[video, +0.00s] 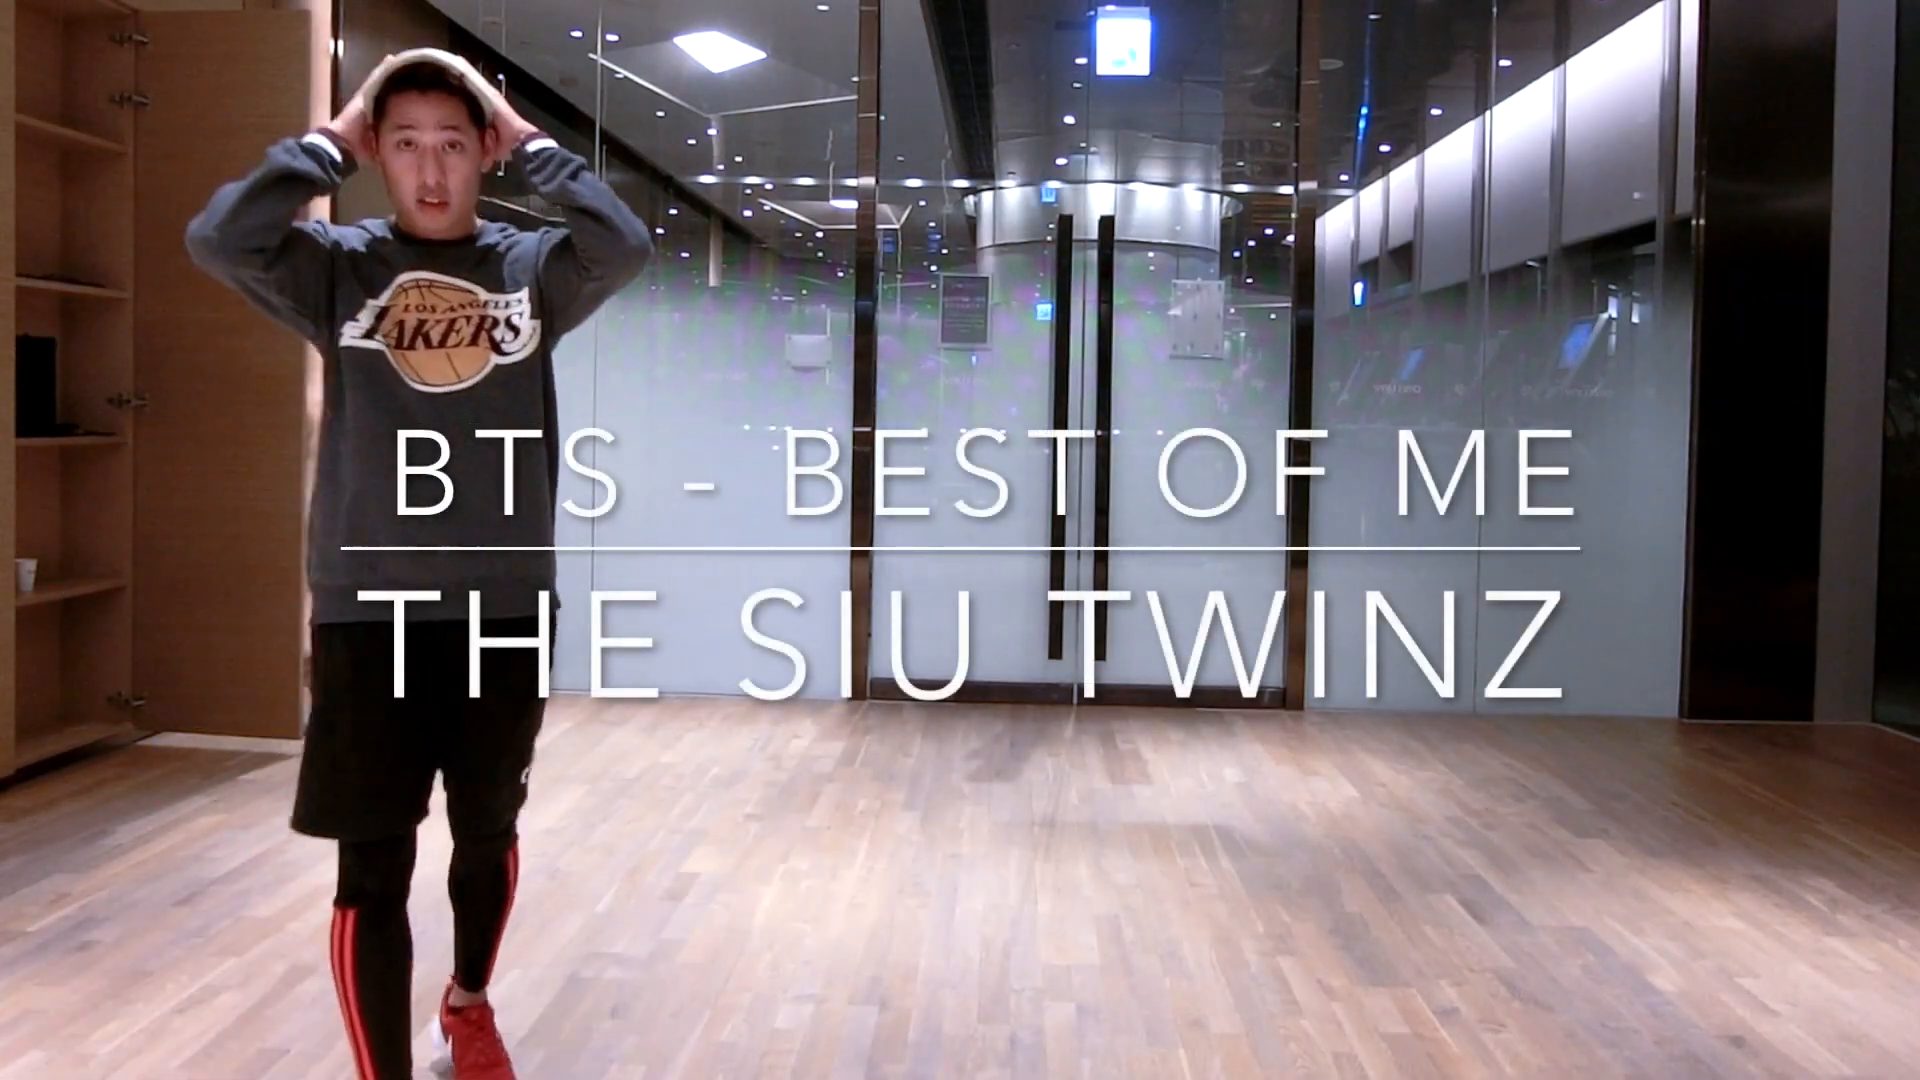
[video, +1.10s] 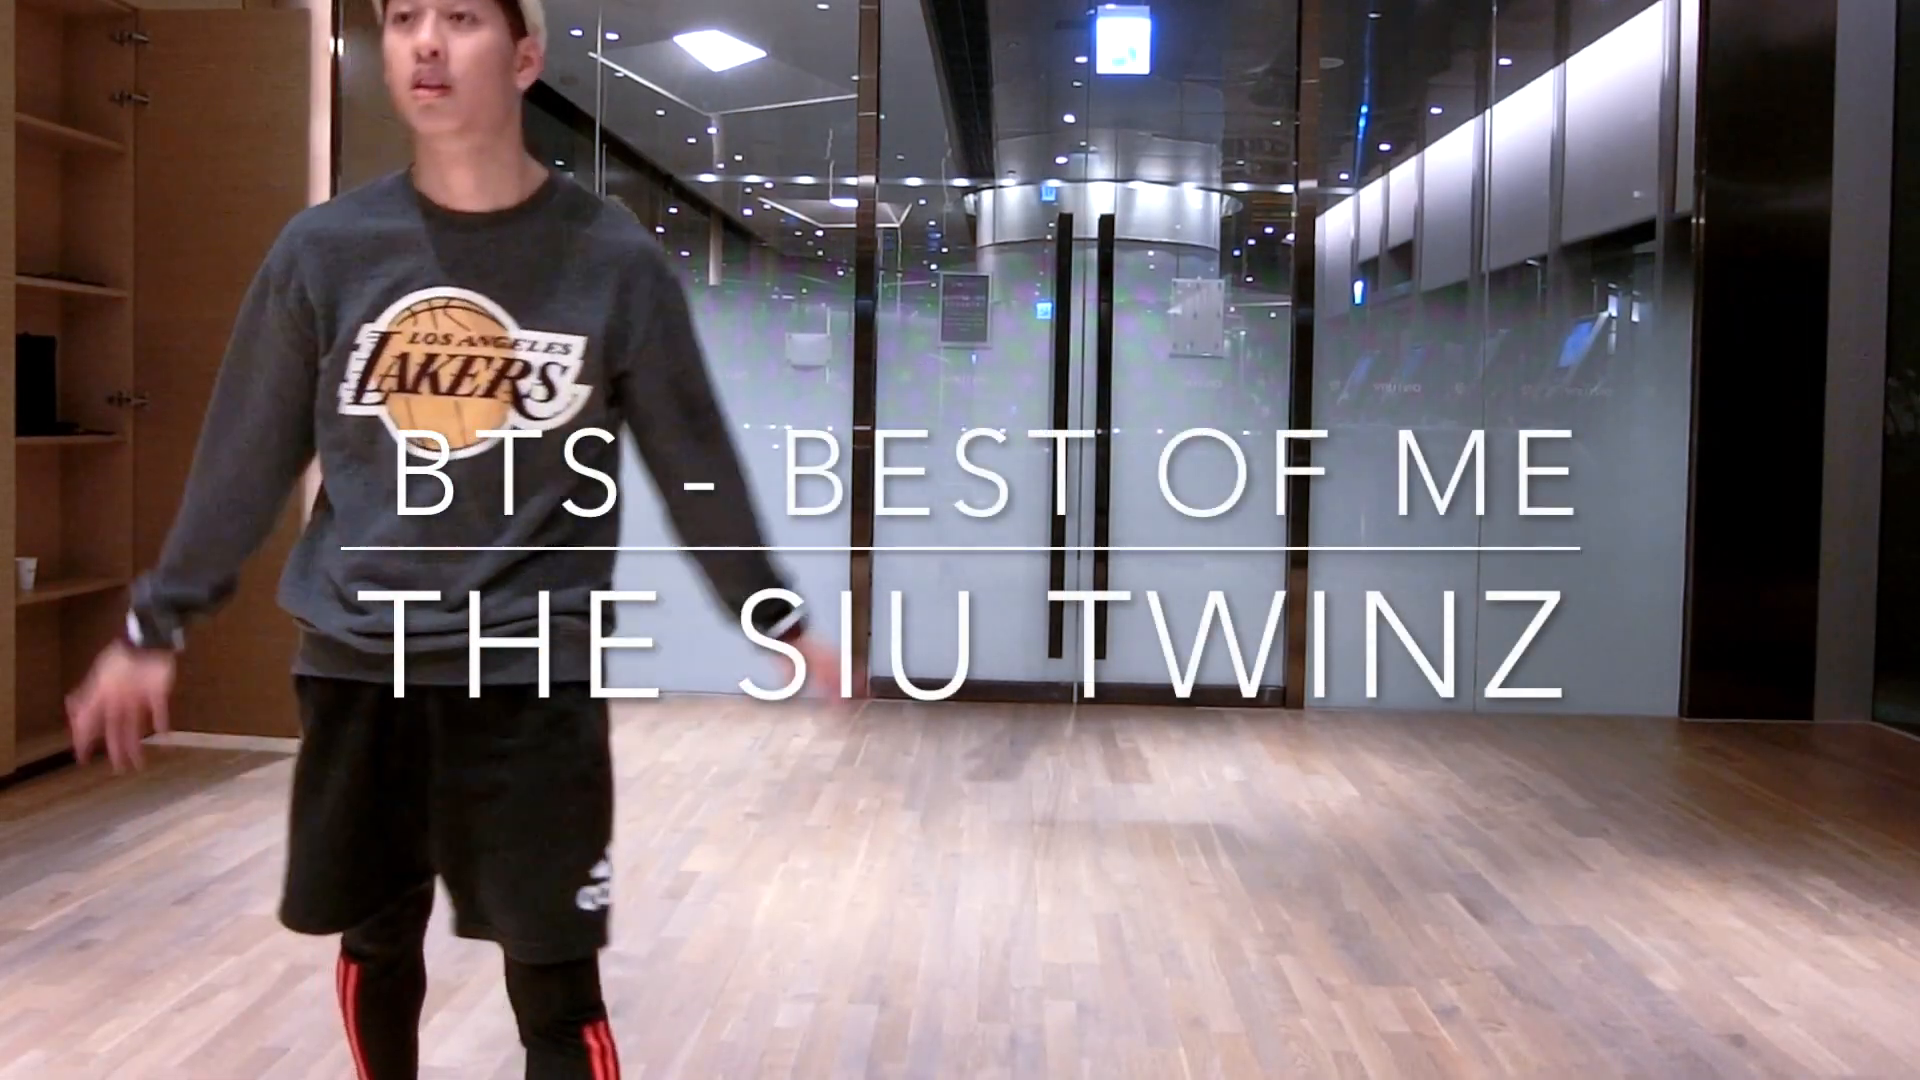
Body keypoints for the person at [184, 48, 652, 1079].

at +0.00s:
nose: (429, 163)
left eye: (450, 141)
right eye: (407, 142)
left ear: (485, 158)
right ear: (378, 160)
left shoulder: (531, 272)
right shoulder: (341, 274)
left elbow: (624, 245)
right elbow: (219, 240)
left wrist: (522, 144)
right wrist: (331, 141)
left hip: (502, 604)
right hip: (369, 605)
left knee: (489, 833)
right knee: (374, 862)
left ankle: (469, 1002)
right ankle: (385, 1071)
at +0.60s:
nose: (411, 115)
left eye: (435, 96)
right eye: (383, 98)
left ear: (472, 124)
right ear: (346, 123)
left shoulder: (531, 254)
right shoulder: (276, 238)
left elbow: (533, 402)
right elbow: (276, 407)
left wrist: (469, 238)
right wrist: (375, 238)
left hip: (487, 604)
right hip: (330, 615)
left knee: (526, 889)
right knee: (361, 911)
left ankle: (569, 1076)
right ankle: (386, 1076)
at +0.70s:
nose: (409, 119)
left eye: (435, 94)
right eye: (383, 92)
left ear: (476, 112)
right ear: (350, 108)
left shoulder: (532, 246)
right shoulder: (282, 225)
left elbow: (535, 400)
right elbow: (283, 397)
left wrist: (462, 342)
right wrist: (376, 336)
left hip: (487, 590)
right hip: (330, 604)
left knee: (535, 883)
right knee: (360, 906)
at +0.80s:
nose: (406, 97)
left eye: (433, 71)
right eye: (380, 70)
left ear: (480, 94)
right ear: (350, 91)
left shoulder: (545, 253)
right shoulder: (286, 229)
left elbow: (536, 414)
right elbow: (287, 381)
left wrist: (473, 511)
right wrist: (362, 491)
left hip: (494, 602)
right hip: (332, 613)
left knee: (533, 890)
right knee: (360, 904)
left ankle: (573, 1078)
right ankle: (382, 1078)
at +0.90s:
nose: (401, 85)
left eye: (430, 59)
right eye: (377, 58)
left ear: (485, 88)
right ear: (349, 83)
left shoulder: (555, 265)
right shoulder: (296, 251)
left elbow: (567, 477)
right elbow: (282, 465)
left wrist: (556, 672)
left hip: (497, 635)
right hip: (345, 639)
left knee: (528, 942)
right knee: (364, 929)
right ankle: (385, 1079)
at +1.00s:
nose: (406, 72)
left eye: (437, 44)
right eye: (383, 45)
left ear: (497, 76)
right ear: (356, 77)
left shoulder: (579, 268)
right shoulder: (306, 262)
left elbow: (623, 494)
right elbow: (254, 496)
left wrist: (674, 698)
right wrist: (206, 714)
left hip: (508, 674)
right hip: (343, 671)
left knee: (524, 979)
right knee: (368, 947)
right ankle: (385, 1079)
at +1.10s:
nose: (426, 42)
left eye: (459, 19)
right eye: (405, 20)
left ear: (526, 56)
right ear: (380, 51)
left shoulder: (613, 258)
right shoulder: (323, 247)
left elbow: (695, 463)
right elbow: (242, 458)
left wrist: (777, 620)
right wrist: (153, 630)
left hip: (535, 673)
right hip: (362, 668)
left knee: (555, 990)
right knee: (376, 958)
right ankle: (384, 1079)